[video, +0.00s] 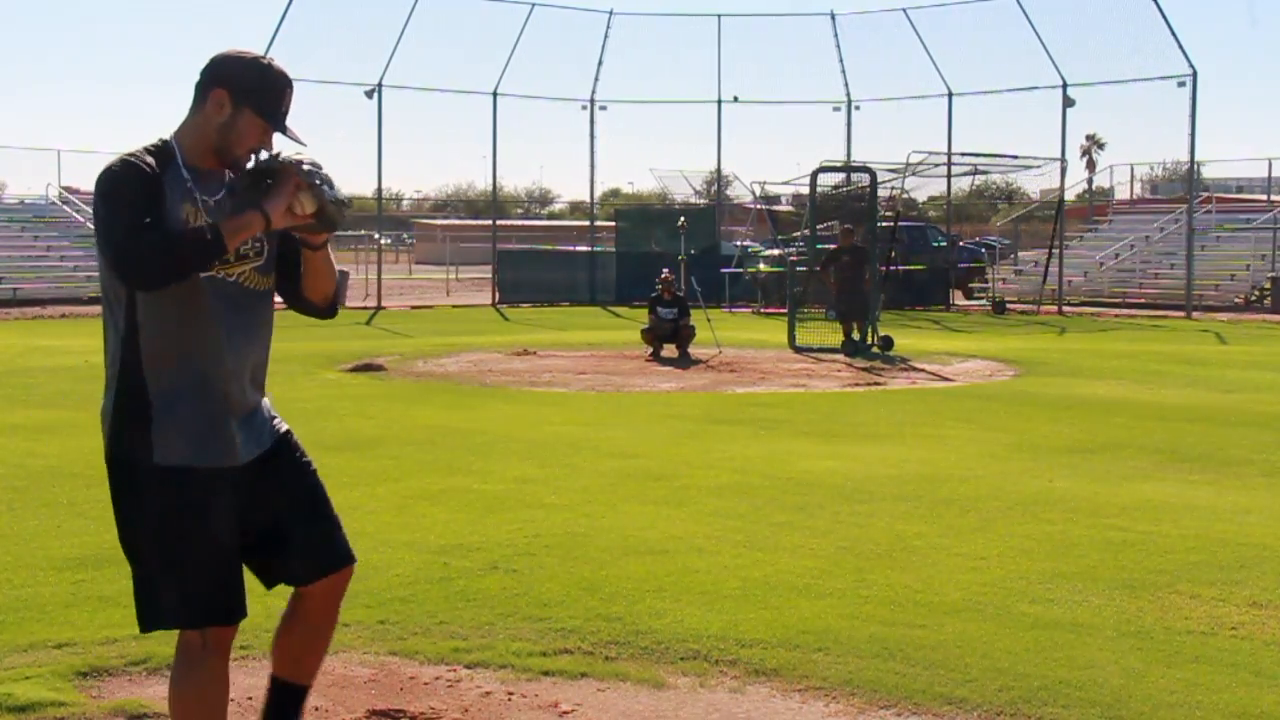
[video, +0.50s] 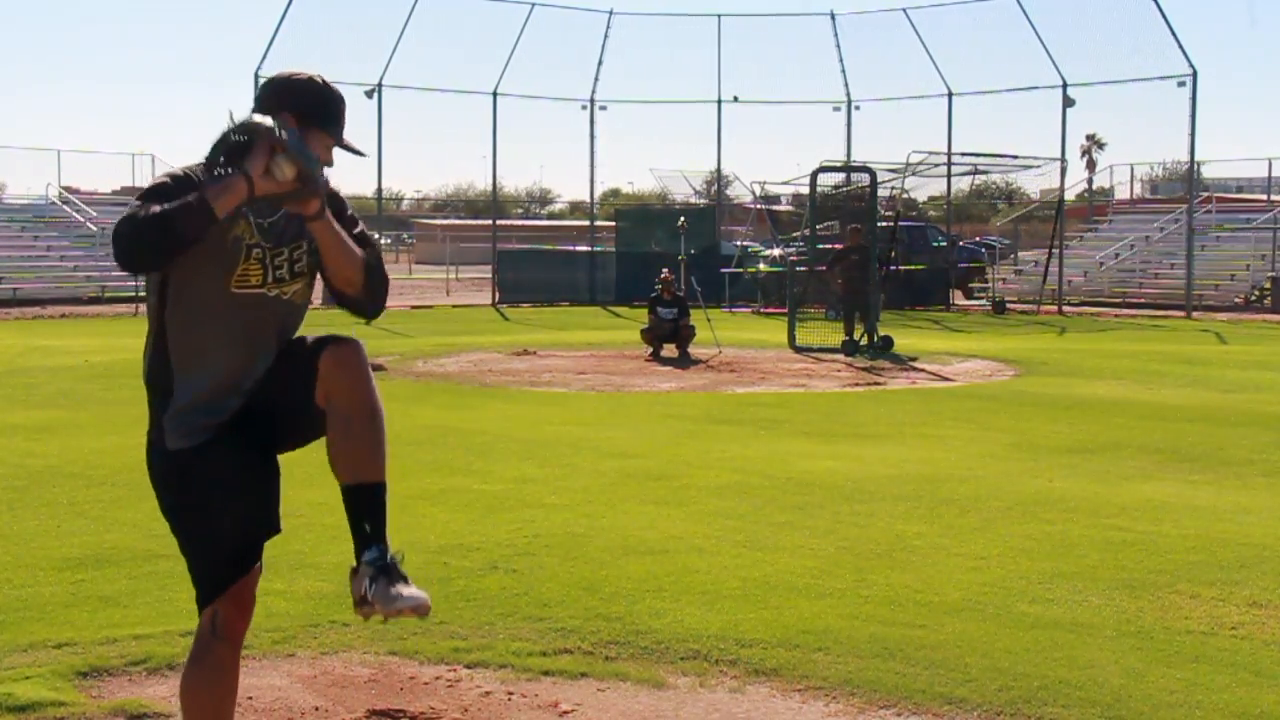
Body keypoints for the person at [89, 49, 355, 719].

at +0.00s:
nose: (267, 144)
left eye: (272, 131)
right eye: (263, 126)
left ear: (228, 112)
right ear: (219, 103)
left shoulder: (251, 189)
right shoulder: (131, 179)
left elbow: (316, 299)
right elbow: (141, 265)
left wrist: (312, 236)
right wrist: (257, 216)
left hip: (250, 427)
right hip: (167, 442)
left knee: (328, 567)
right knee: (209, 622)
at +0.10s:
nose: (266, 144)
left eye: (274, 134)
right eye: (261, 128)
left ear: (240, 116)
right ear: (223, 105)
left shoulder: (259, 184)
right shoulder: (130, 175)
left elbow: (333, 294)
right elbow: (117, 249)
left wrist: (304, 213)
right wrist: (237, 194)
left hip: (258, 416)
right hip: (167, 440)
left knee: (336, 548)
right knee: (207, 620)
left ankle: (375, 716)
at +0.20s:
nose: (273, 145)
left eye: (283, 134)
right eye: (264, 128)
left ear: (291, 136)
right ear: (228, 112)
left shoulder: (278, 193)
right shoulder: (144, 169)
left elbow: (349, 286)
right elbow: (105, 232)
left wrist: (303, 199)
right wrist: (221, 173)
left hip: (263, 399)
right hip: (176, 433)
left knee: (342, 497)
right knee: (208, 618)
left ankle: (425, 667)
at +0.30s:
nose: (268, 141)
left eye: (284, 134)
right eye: (261, 122)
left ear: (296, 141)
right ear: (230, 108)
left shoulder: (288, 194)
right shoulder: (160, 172)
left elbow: (365, 274)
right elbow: (110, 219)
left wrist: (309, 183)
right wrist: (221, 158)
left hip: (266, 384)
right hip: (183, 420)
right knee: (217, 610)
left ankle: (419, 581)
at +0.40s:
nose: (272, 136)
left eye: (290, 129)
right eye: (267, 120)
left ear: (303, 140)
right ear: (238, 112)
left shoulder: (301, 196)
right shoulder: (176, 179)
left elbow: (376, 266)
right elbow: (125, 217)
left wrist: (312, 176)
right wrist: (226, 151)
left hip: (267, 391)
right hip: (190, 418)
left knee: (332, 341)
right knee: (221, 604)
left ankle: (387, 534)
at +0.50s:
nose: (327, 161)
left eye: (331, 149)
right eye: (322, 145)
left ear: (313, 142)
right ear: (282, 130)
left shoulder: (321, 203)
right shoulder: (197, 186)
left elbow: (369, 300)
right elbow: (130, 247)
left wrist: (319, 218)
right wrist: (242, 186)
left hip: (268, 391)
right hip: (195, 425)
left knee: (344, 358)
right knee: (228, 608)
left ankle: (374, 565)